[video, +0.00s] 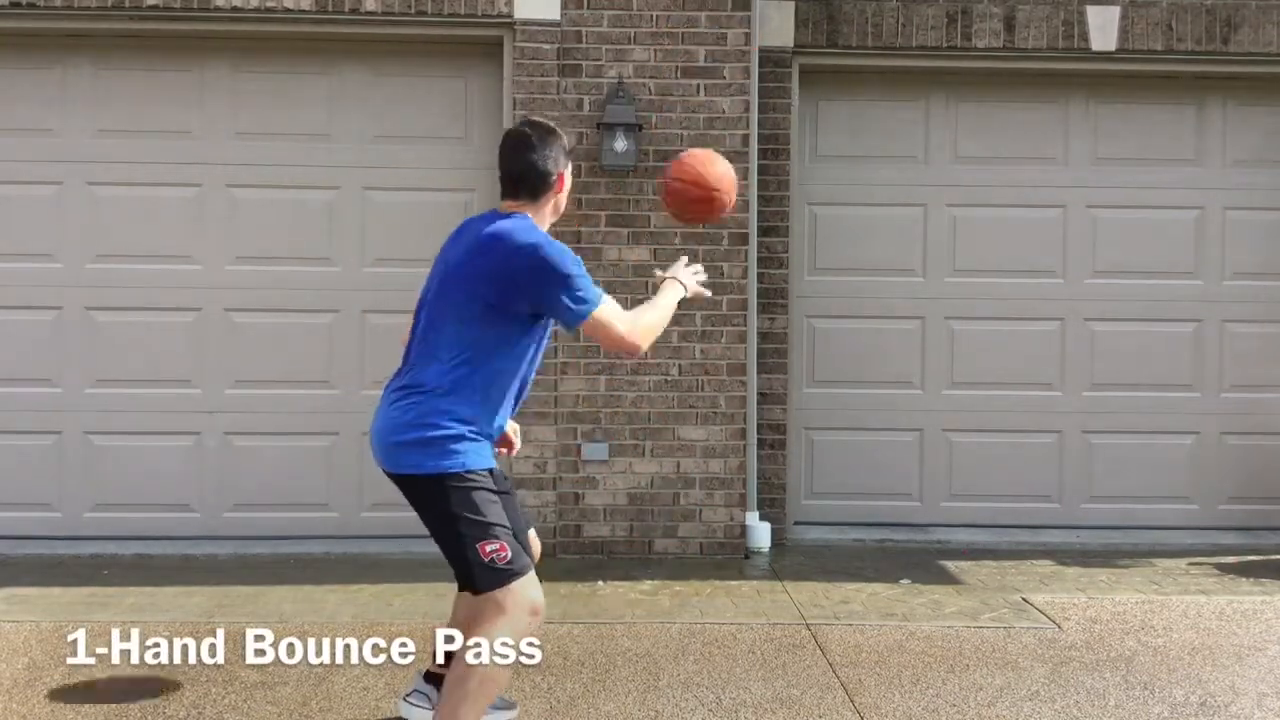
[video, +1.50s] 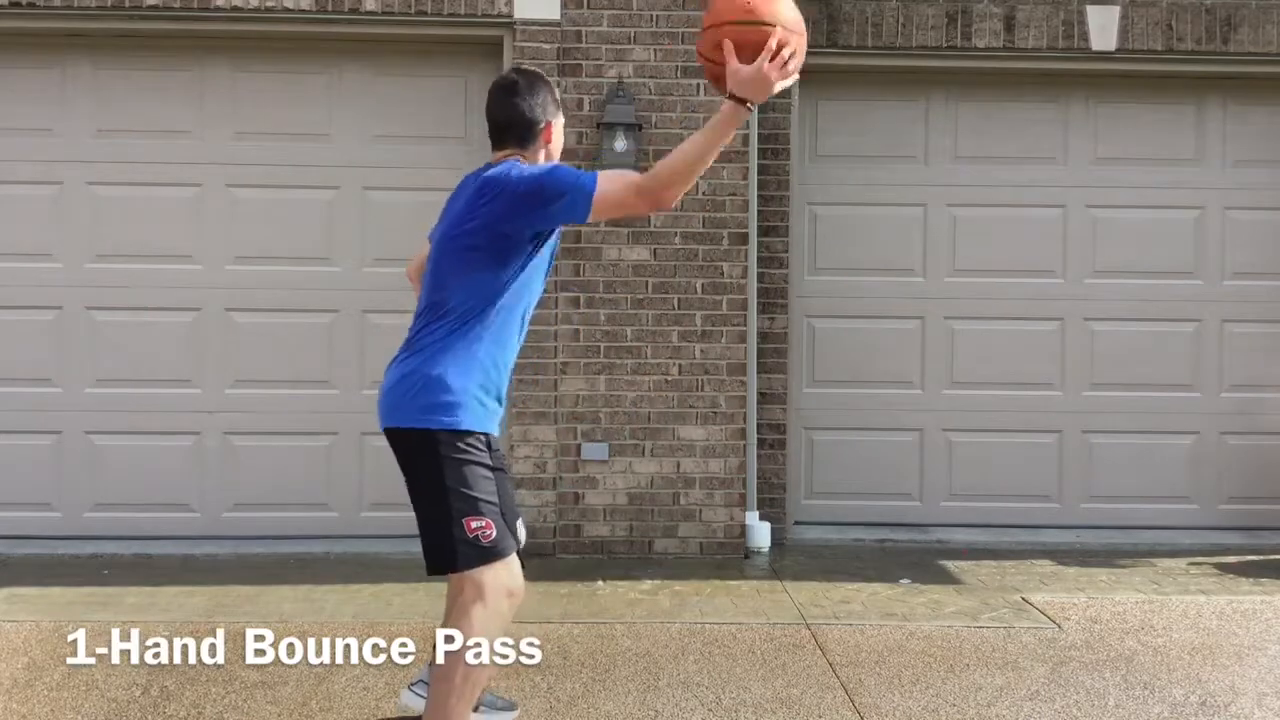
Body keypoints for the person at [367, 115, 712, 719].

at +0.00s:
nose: (570, 186)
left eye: (568, 176)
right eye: (570, 176)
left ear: (505, 176)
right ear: (561, 182)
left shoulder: (468, 235)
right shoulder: (539, 253)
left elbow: (425, 337)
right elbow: (630, 336)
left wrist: (487, 415)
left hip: (418, 427)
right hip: (441, 439)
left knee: (519, 547)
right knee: (518, 608)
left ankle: (439, 684)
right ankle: (456, 712)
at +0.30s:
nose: (578, 169)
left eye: (577, 160)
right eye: (578, 158)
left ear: (509, 159)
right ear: (567, 161)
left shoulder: (490, 215)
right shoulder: (520, 214)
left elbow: (425, 307)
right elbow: (630, 222)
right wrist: (702, 123)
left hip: (448, 424)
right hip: (439, 428)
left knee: (522, 548)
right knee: (505, 602)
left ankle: (441, 682)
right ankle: (450, 712)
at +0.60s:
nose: (584, 223)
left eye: (584, 213)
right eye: (586, 213)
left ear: (520, 201)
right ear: (577, 219)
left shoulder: (475, 246)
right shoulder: (546, 312)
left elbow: (411, 326)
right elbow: (586, 411)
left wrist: (458, 385)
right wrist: (630, 449)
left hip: (405, 441)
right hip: (436, 456)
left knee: (530, 543)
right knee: (516, 618)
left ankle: (445, 681)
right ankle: (455, 711)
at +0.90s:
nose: (579, 215)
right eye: (581, 207)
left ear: (515, 201)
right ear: (574, 215)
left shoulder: (468, 252)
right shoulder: (546, 297)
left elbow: (397, 333)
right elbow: (557, 421)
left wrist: (448, 387)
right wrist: (602, 444)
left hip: (402, 443)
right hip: (441, 455)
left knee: (532, 546)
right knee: (526, 615)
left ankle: (441, 683)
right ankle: (457, 712)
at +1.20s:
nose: (558, 162)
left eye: (554, 151)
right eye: (556, 152)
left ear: (490, 159)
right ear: (545, 162)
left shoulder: (460, 219)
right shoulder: (535, 231)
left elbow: (410, 317)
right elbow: (649, 278)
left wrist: (481, 400)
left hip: (422, 428)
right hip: (452, 437)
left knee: (486, 580)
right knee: (516, 608)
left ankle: (434, 690)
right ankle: (455, 712)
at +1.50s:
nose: (563, 135)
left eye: (558, 124)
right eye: (561, 123)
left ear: (495, 131)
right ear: (551, 130)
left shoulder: (476, 187)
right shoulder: (533, 185)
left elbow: (420, 270)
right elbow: (654, 191)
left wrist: (469, 338)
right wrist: (739, 105)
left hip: (441, 402)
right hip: (446, 406)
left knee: (496, 572)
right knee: (494, 587)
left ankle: (442, 683)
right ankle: (448, 711)